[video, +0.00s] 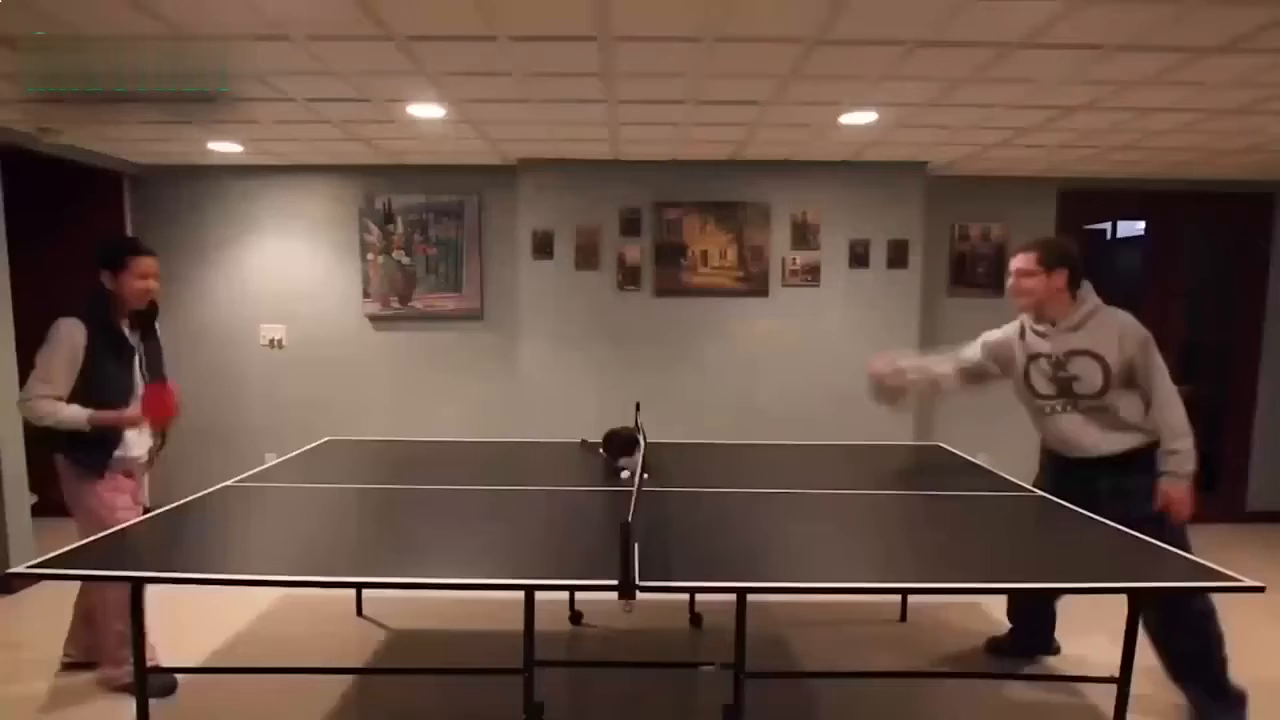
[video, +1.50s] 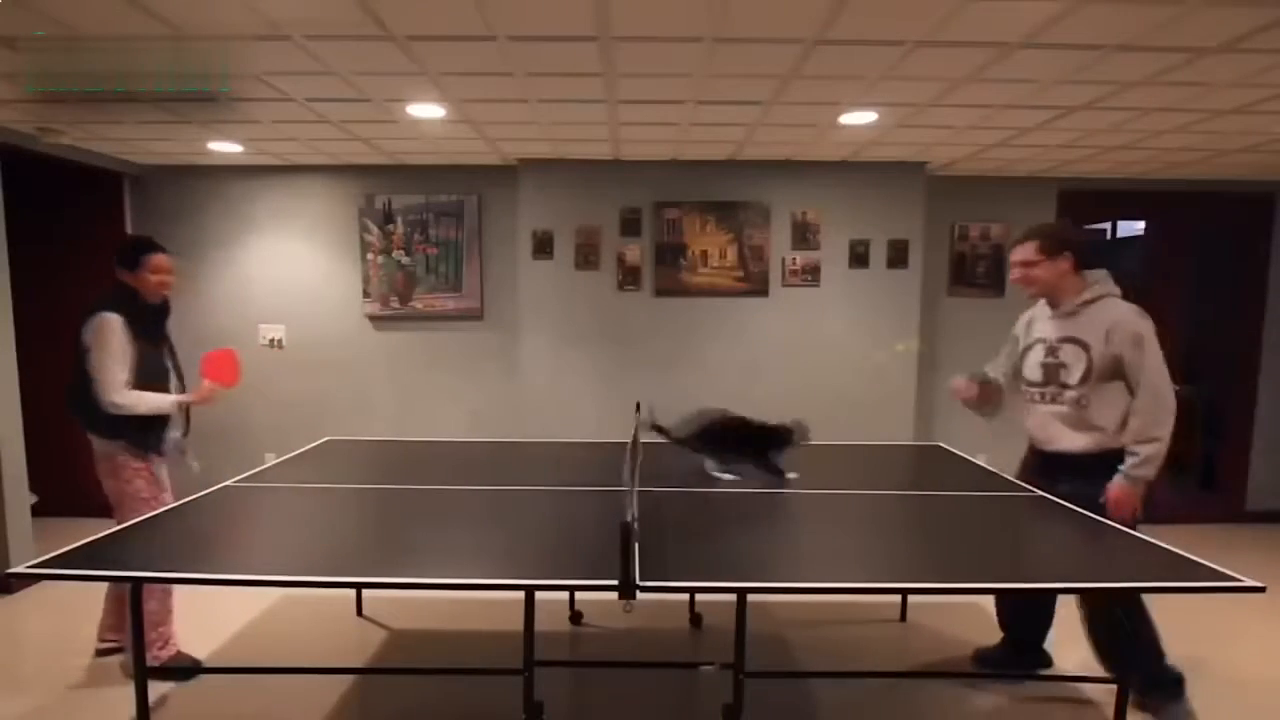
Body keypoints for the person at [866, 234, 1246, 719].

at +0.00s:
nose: (1013, 285)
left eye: (1024, 275)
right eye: (1012, 275)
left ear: (1060, 279)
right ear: (1018, 284)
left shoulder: (1120, 330)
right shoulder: (1013, 340)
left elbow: (1165, 400)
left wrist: (1177, 472)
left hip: (1130, 468)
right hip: (1063, 469)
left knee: (1168, 584)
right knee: (1034, 550)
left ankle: (1215, 701)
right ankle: (1030, 634)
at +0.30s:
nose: (1079, 278)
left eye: (1092, 269)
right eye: (1077, 270)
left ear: (1129, 275)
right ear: (1077, 280)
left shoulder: (1188, 335)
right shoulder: (1085, 337)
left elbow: (1237, 414)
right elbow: (1092, 400)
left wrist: (1238, 497)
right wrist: (1074, 429)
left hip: (1188, 488)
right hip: (1118, 484)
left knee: (1217, 609)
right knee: (1074, 567)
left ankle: (1259, 706)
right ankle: (1028, 636)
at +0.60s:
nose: (1165, 249)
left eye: (1178, 241)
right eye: (1166, 240)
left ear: (1221, 248)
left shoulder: (1265, 317)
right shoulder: (1162, 313)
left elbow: (1276, 418)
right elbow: (1156, 384)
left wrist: (1258, 502)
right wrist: (1123, 405)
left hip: (1223, 483)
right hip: (1157, 475)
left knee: (1235, 615)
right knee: (1121, 570)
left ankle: (1257, 707)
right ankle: (1070, 649)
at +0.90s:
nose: (1154, 247)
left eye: (1167, 238)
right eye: (1154, 238)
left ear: (1208, 246)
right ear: (1159, 247)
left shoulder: (1255, 318)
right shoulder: (1161, 313)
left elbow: (1263, 418)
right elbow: (1154, 390)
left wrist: (1230, 497)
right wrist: (1114, 401)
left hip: (1201, 481)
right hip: (1142, 471)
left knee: (1230, 614)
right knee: (1112, 571)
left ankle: (1260, 707)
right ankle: (1068, 650)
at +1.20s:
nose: (1082, 276)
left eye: (1093, 264)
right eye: (1081, 266)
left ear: (1130, 265)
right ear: (1086, 273)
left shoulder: (1183, 327)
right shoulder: (1100, 330)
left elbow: (1209, 425)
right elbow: (1100, 398)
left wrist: (1167, 497)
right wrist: (1055, 413)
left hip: (1160, 485)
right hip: (1099, 480)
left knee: (1194, 607)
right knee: (1055, 567)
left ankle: (1257, 705)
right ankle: (1020, 653)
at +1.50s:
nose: (1017, 277)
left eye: (1026, 266)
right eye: (1014, 268)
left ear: (1064, 263)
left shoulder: (1124, 322)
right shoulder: (1030, 321)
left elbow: (1157, 403)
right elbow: (1001, 387)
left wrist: (1133, 476)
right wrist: (979, 393)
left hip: (1100, 469)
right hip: (1041, 464)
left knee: (1104, 586)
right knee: (1018, 555)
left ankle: (1160, 692)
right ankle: (1022, 647)